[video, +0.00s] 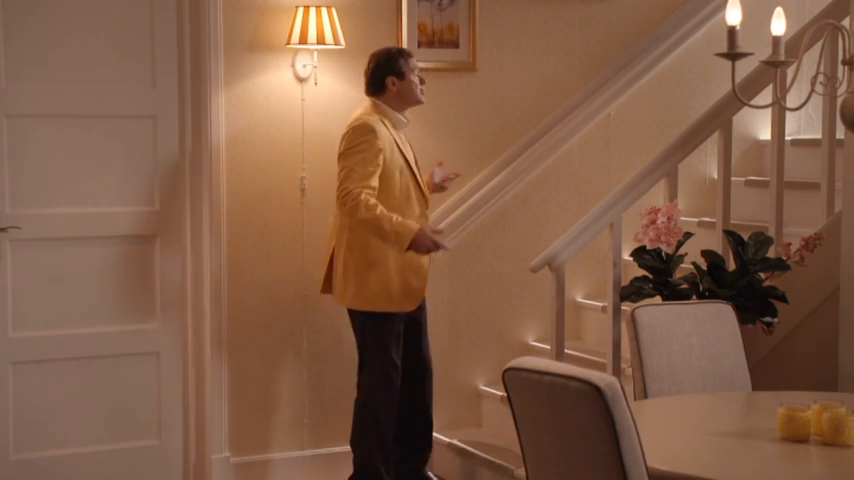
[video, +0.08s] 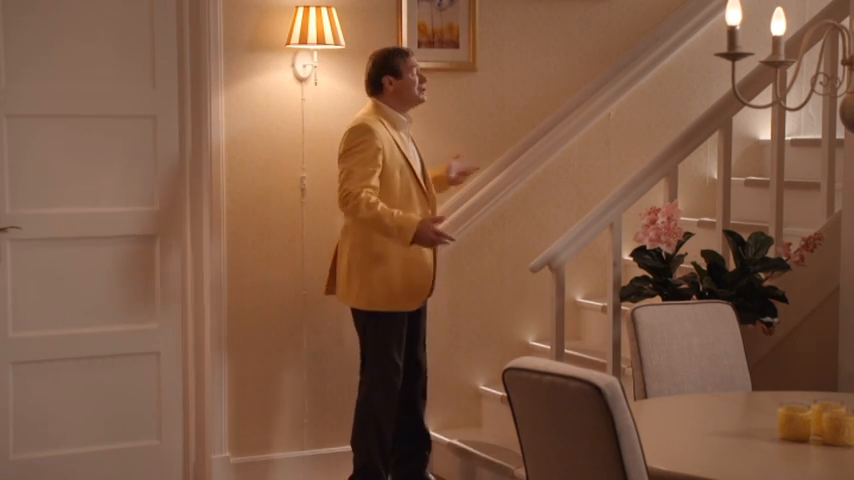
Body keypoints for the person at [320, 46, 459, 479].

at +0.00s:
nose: (423, 83)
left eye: (421, 75)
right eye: (416, 75)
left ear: (392, 83)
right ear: (392, 82)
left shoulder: (391, 130)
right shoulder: (366, 128)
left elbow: (396, 200)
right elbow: (354, 200)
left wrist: (430, 184)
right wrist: (409, 233)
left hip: (402, 278)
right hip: (375, 281)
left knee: (416, 378)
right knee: (381, 381)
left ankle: (411, 469)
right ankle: (370, 474)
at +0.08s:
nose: (424, 81)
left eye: (421, 74)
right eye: (416, 74)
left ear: (395, 84)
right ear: (390, 83)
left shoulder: (399, 130)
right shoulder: (365, 130)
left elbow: (403, 192)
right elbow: (355, 200)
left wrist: (443, 177)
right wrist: (411, 229)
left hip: (407, 280)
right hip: (378, 282)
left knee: (411, 381)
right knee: (382, 381)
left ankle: (410, 471)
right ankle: (370, 473)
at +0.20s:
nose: (427, 80)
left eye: (425, 73)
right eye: (421, 73)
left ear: (398, 83)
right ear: (397, 81)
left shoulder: (405, 130)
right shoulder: (369, 131)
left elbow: (424, 179)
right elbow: (354, 200)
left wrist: (474, 166)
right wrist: (384, 233)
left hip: (418, 277)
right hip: (388, 280)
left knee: (412, 380)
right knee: (387, 382)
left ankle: (410, 470)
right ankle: (370, 473)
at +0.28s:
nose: (430, 81)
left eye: (428, 74)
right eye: (423, 74)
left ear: (402, 83)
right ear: (398, 82)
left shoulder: (411, 129)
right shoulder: (374, 129)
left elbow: (442, 168)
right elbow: (355, 187)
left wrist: (493, 147)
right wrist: (358, 230)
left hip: (424, 280)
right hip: (394, 282)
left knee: (416, 386)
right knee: (390, 387)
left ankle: (411, 471)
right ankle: (371, 474)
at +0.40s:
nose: (436, 82)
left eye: (435, 76)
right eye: (430, 76)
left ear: (411, 83)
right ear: (405, 83)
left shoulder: (429, 129)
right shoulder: (376, 128)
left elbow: (464, 147)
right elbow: (355, 173)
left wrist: (504, 110)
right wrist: (334, 185)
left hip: (438, 266)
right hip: (403, 270)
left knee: (427, 378)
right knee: (396, 379)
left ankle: (413, 469)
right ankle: (372, 474)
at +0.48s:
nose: (438, 80)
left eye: (436, 73)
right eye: (430, 73)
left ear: (412, 82)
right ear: (404, 81)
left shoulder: (435, 128)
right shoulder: (376, 127)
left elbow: (466, 143)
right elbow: (345, 172)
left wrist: (503, 100)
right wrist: (322, 165)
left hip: (445, 262)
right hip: (407, 264)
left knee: (432, 377)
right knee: (399, 377)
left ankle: (414, 471)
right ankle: (374, 473)